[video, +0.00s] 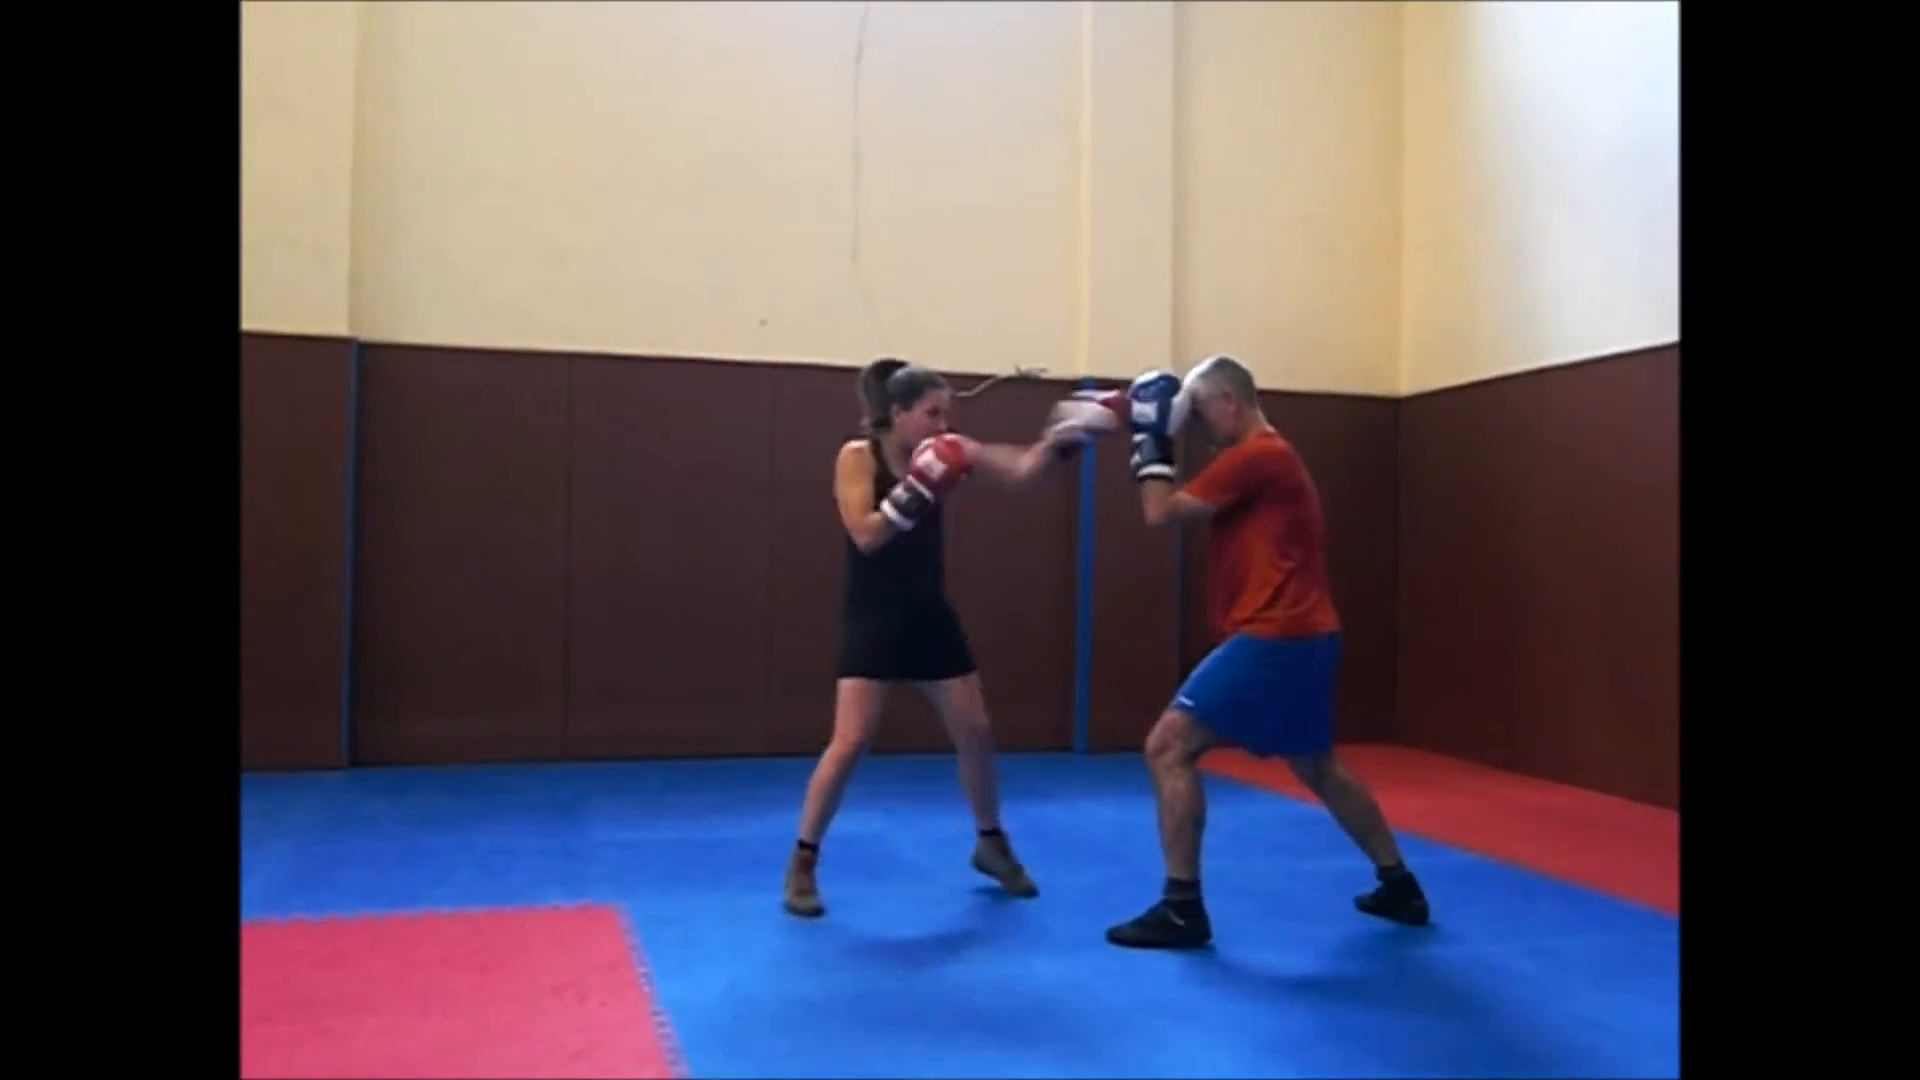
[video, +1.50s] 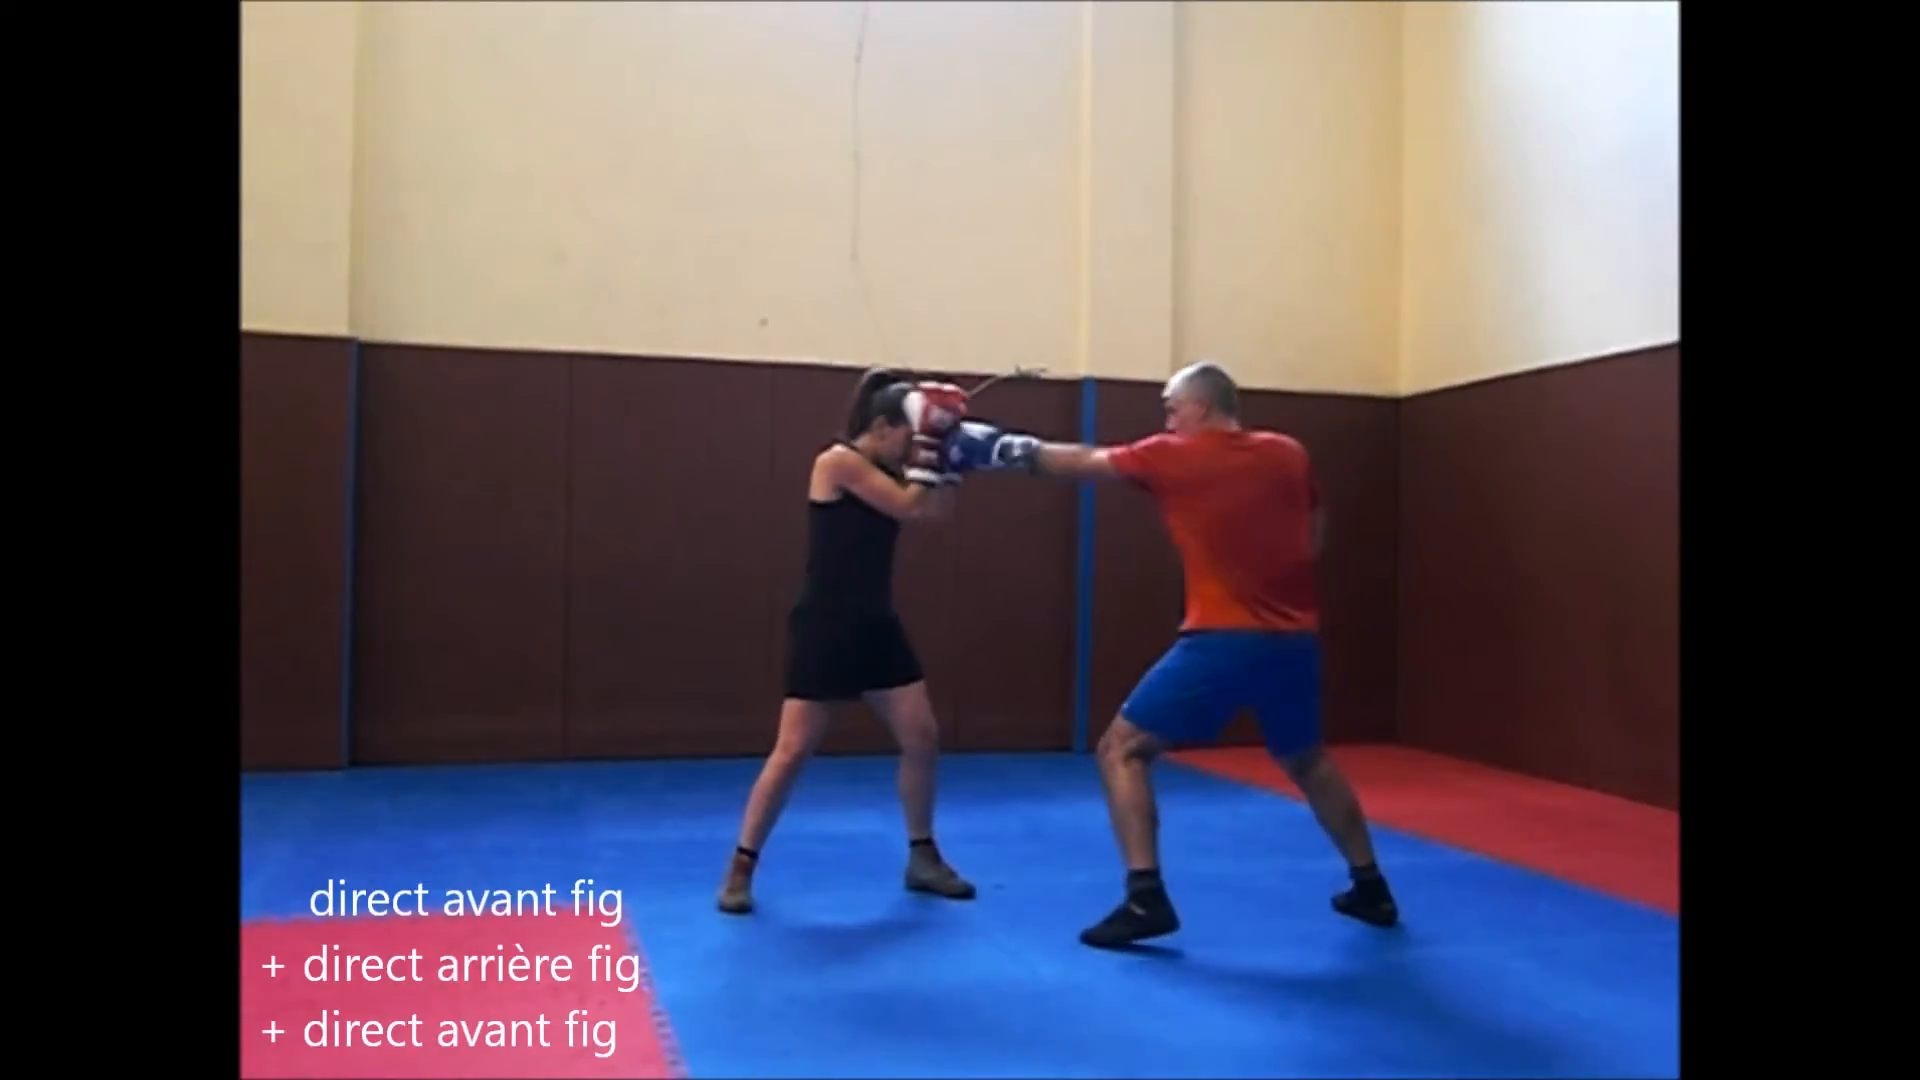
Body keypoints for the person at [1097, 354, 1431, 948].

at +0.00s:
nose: (1201, 423)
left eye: (1203, 410)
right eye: (1197, 412)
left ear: (1231, 402)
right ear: (1237, 403)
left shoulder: (1255, 458)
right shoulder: (1271, 454)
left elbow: (1159, 509)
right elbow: (1176, 501)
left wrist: (1148, 436)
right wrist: (1159, 433)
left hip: (1270, 636)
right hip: (1305, 636)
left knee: (1168, 748)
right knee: (1319, 767)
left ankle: (1182, 907)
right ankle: (1399, 886)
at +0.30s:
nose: (1227, 423)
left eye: (1227, 410)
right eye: (1222, 412)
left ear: (1251, 398)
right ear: (1262, 396)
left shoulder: (1276, 450)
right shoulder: (1295, 447)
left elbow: (1183, 506)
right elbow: (1195, 497)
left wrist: (1167, 437)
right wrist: (1173, 440)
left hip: (1295, 631)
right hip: (1330, 629)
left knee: (1198, 748)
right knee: (1329, 765)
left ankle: (1183, 905)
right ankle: (1401, 886)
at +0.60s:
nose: (1236, 415)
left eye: (1238, 403)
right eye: (1234, 404)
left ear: (1263, 394)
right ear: (1278, 393)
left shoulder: (1289, 448)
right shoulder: (1309, 446)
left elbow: (1198, 505)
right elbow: (1218, 495)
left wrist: (1192, 434)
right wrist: (1199, 429)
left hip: (1298, 630)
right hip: (1333, 630)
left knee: (1205, 749)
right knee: (1332, 764)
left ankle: (1184, 906)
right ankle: (1401, 887)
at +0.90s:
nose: (1219, 408)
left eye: (1226, 394)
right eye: (1218, 396)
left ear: (1260, 392)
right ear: (1264, 394)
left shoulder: (1285, 453)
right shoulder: (1296, 450)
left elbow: (1249, 548)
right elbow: (1253, 538)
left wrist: (1197, 508)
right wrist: (1204, 508)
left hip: (1296, 634)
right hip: (1332, 633)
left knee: (1198, 747)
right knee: (1336, 764)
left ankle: (1185, 908)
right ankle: (1403, 887)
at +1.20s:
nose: (1214, 409)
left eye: (1221, 395)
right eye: (1213, 397)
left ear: (1254, 392)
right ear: (1263, 394)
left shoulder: (1273, 441)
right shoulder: (1298, 442)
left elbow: (1201, 509)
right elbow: (1216, 504)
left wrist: (1164, 457)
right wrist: (1168, 474)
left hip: (1276, 623)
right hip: (1325, 625)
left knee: (1161, 724)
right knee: (1308, 755)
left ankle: (1167, 880)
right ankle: (1371, 885)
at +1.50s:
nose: (1167, 420)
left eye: (1173, 409)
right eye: (1167, 410)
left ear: (1207, 409)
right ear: (1229, 410)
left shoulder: (1172, 455)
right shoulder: (1290, 452)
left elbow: (1073, 461)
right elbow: (1313, 535)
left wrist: (990, 445)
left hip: (1217, 642)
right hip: (1293, 644)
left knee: (1120, 751)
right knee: (1308, 762)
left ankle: (1146, 899)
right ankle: (1371, 888)